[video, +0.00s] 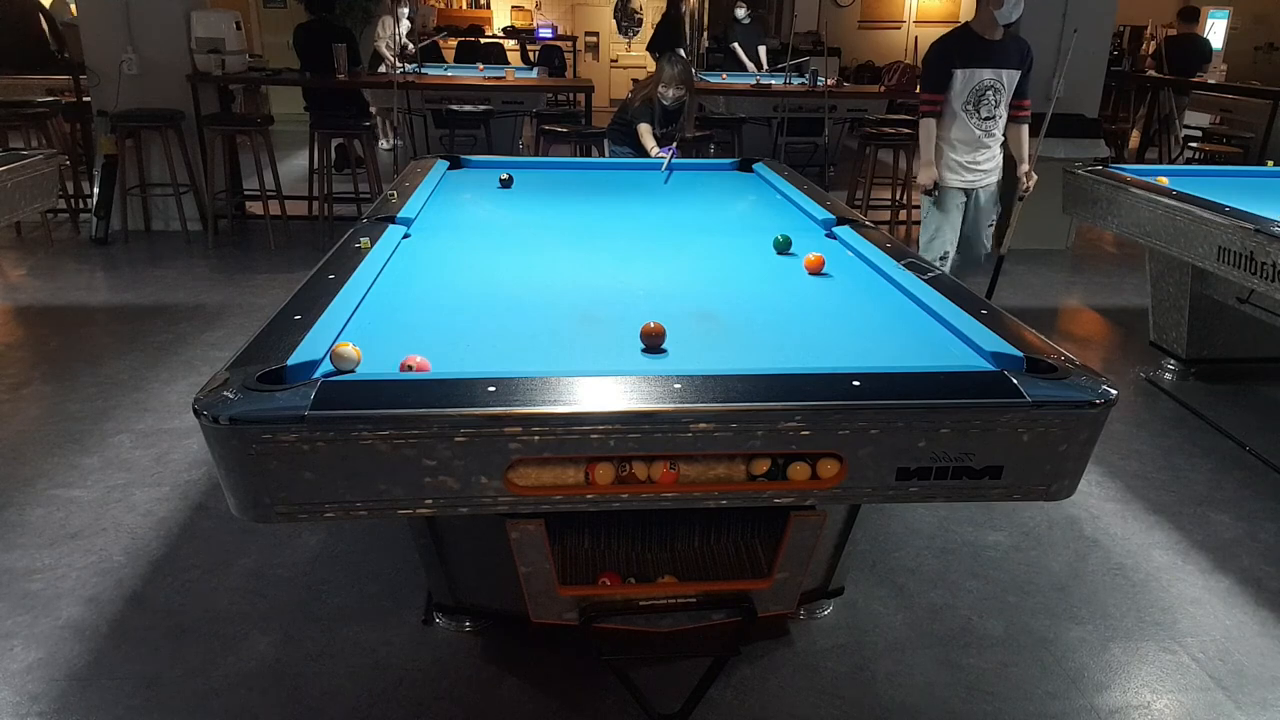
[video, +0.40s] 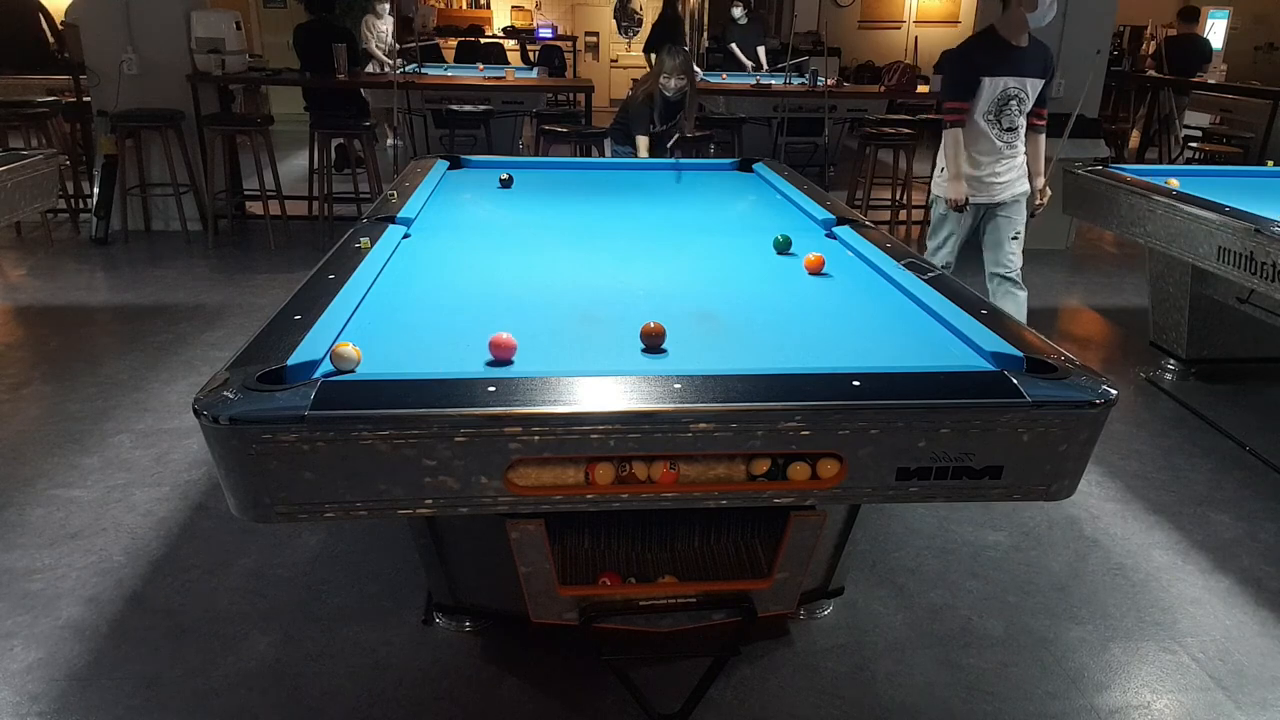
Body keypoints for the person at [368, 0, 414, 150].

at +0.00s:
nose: (404, 10)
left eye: (406, 7)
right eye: (401, 7)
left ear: (408, 8)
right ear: (394, 8)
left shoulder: (406, 24)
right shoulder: (386, 20)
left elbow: (400, 37)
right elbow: (378, 44)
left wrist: (408, 44)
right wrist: (392, 60)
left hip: (395, 64)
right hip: (380, 65)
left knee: (391, 102)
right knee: (380, 103)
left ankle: (392, 136)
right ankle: (382, 138)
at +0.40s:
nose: (385, 6)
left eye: (387, 3)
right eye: (381, 3)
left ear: (389, 5)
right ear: (374, 6)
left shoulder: (390, 20)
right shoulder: (368, 20)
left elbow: (389, 40)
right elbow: (369, 46)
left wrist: (397, 47)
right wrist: (387, 61)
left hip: (388, 63)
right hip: (374, 64)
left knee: (390, 102)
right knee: (377, 103)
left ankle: (392, 137)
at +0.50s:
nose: (378, 6)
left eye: (379, 3)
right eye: (374, 3)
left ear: (381, 5)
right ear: (367, 6)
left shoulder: (383, 21)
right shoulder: (361, 21)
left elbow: (381, 41)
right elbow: (362, 47)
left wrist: (392, 49)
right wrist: (380, 61)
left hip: (381, 64)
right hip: (367, 65)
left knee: (386, 102)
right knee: (375, 103)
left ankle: (390, 136)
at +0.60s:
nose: (366, 7)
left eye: (368, 4)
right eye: (362, 4)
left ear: (371, 6)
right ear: (355, 5)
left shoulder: (372, 23)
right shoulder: (351, 23)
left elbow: (370, 43)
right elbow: (355, 52)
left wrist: (378, 47)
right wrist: (373, 65)